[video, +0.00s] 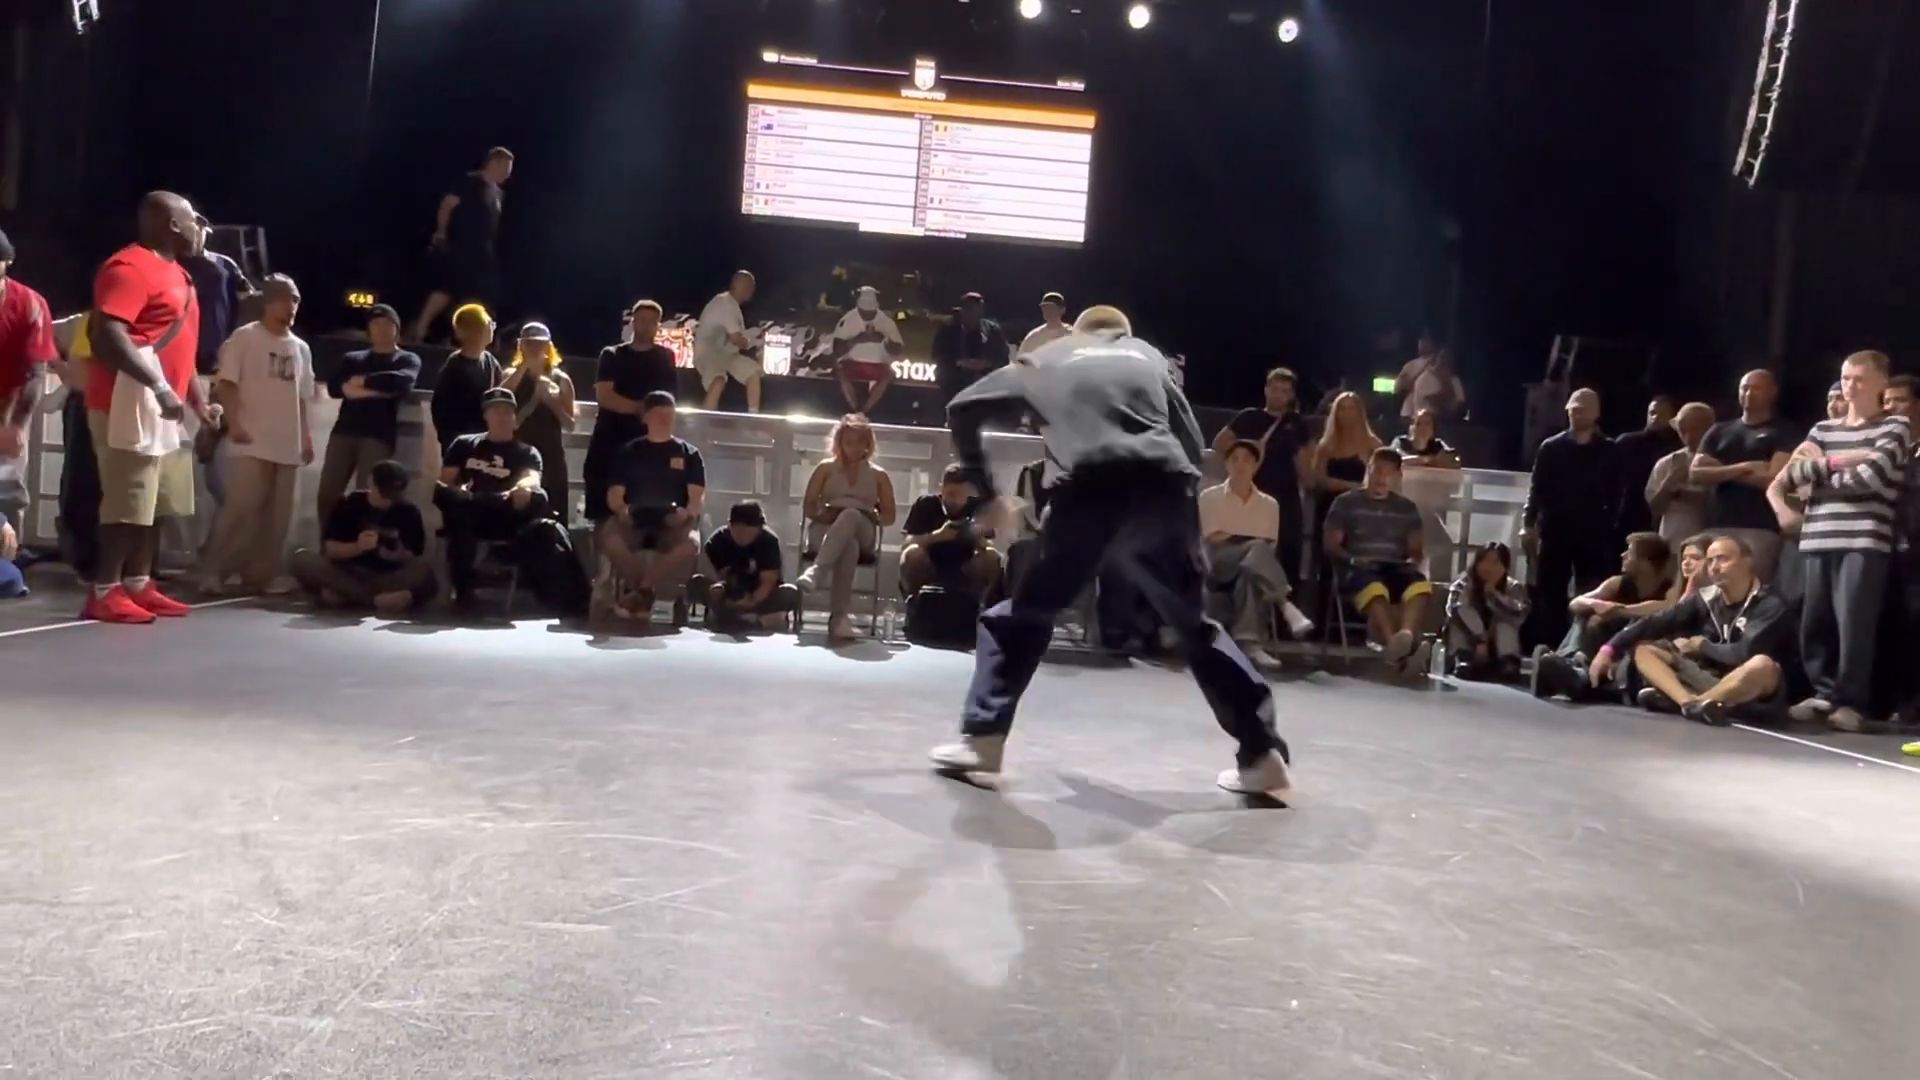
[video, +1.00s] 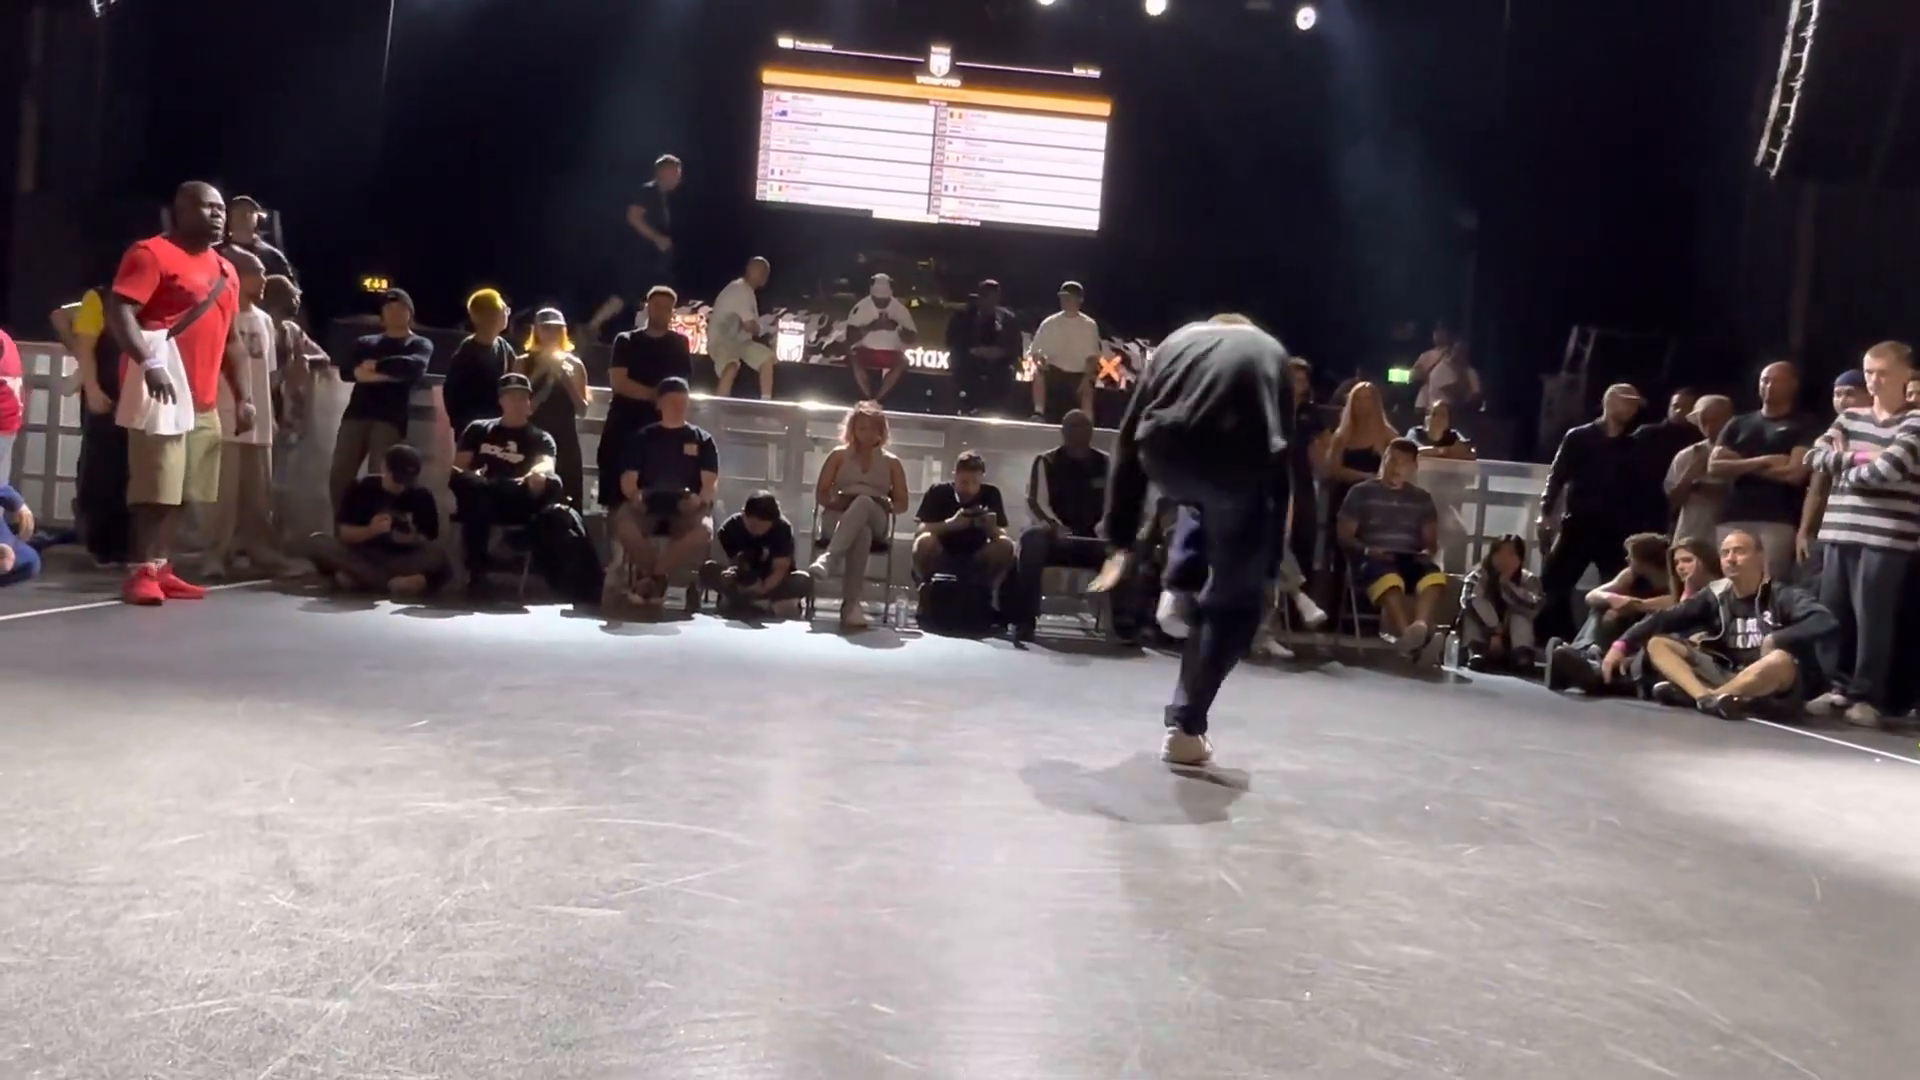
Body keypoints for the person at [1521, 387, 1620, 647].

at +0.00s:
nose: (1575, 414)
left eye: (1582, 410)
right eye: (1572, 409)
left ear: (1595, 414)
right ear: (1566, 411)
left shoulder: (1610, 451)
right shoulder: (1550, 448)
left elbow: (1617, 494)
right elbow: (1536, 489)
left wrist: (1611, 526)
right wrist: (1529, 525)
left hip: (1594, 533)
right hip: (1556, 532)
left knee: (1593, 599)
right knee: (1550, 597)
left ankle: (1590, 656)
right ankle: (1548, 652)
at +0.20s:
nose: (1581, 420)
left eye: (1587, 415)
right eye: (1578, 414)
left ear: (1601, 416)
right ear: (1574, 413)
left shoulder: (1619, 452)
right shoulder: (1559, 448)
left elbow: (1626, 495)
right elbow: (1545, 490)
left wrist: (1619, 529)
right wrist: (1534, 524)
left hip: (1601, 532)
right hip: (1562, 531)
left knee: (1603, 594)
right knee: (1554, 593)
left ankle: (1601, 652)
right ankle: (1552, 649)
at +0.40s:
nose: (1590, 418)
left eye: (1596, 414)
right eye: (1589, 413)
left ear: (1613, 415)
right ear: (1586, 412)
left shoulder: (1630, 452)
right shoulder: (1572, 447)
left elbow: (1635, 496)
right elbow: (1557, 488)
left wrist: (1629, 530)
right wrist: (1544, 523)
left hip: (1610, 530)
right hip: (1572, 529)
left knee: (1609, 592)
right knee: (1561, 589)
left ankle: (1606, 652)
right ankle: (1553, 646)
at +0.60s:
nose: (1605, 412)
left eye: (1612, 408)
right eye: (1603, 407)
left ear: (1629, 412)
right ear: (1599, 409)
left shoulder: (1642, 449)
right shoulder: (1583, 443)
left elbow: (1646, 494)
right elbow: (1567, 484)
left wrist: (1638, 529)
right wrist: (1552, 519)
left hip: (1620, 532)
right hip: (1581, 529)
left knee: (1617, 595)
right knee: (1558, 587)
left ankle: (1614, 652)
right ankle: (1554, 644)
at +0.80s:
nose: (1622, 407)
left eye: (1628, 403)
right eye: (1618, 402)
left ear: (1637, 411)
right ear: (1607, 406)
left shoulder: (1644, 448)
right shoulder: (1585, 441)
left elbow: (1652, 493)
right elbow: (1565, 481)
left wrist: (1654, 533)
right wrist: (1551, 517)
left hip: (1624, 534)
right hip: (1583, 531)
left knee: (1625, 599)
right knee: (1558, 590)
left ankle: (1620, 656)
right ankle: (1555, 646)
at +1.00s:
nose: (1633, 407)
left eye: (1635, 402)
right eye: (1627, 400)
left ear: (1636, 408)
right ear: (1609, 404)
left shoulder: (1637, 447)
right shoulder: (1578, 438)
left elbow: (1645, 492)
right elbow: (1556, 478)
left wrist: (1645, 530)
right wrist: (1544, 513)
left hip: (1619, 528)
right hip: (1579, 525)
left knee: (1621, 591)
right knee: (1554, 581)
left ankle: (1617, 650)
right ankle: (1559, 640)